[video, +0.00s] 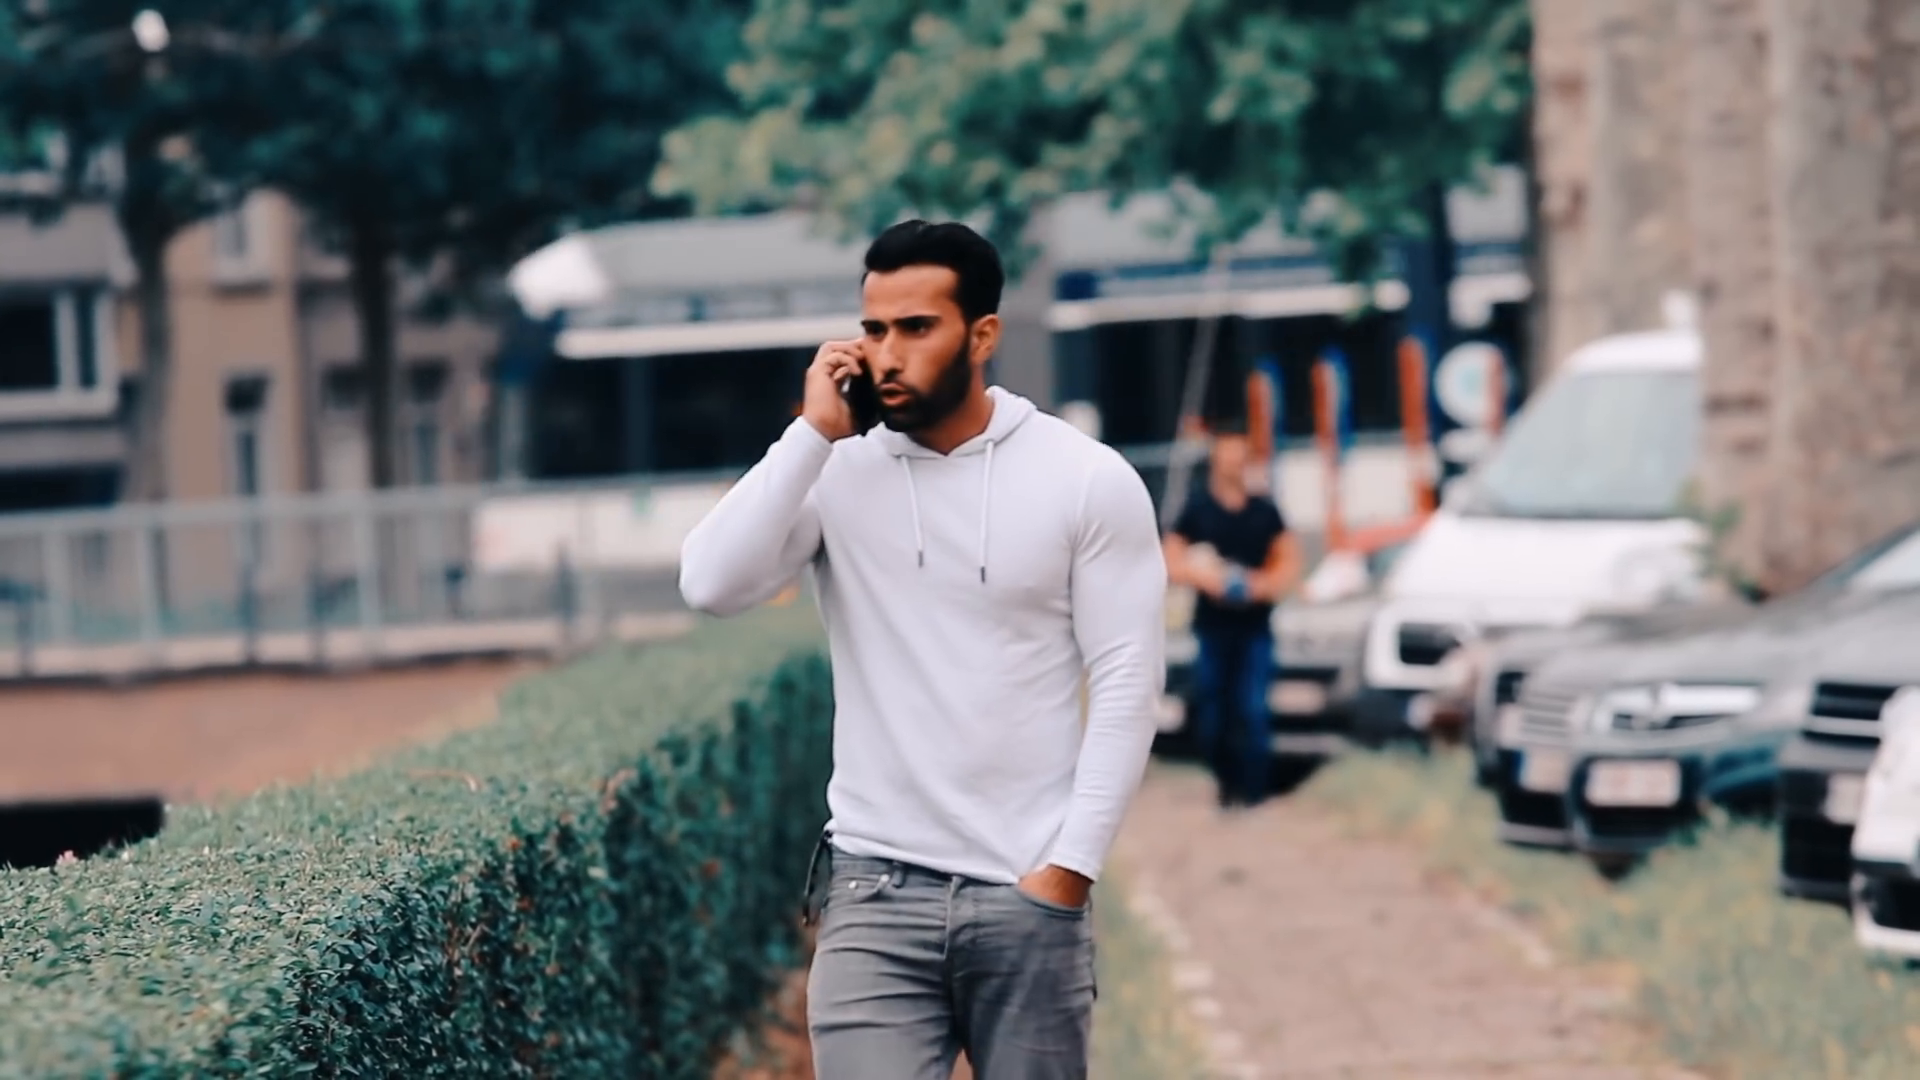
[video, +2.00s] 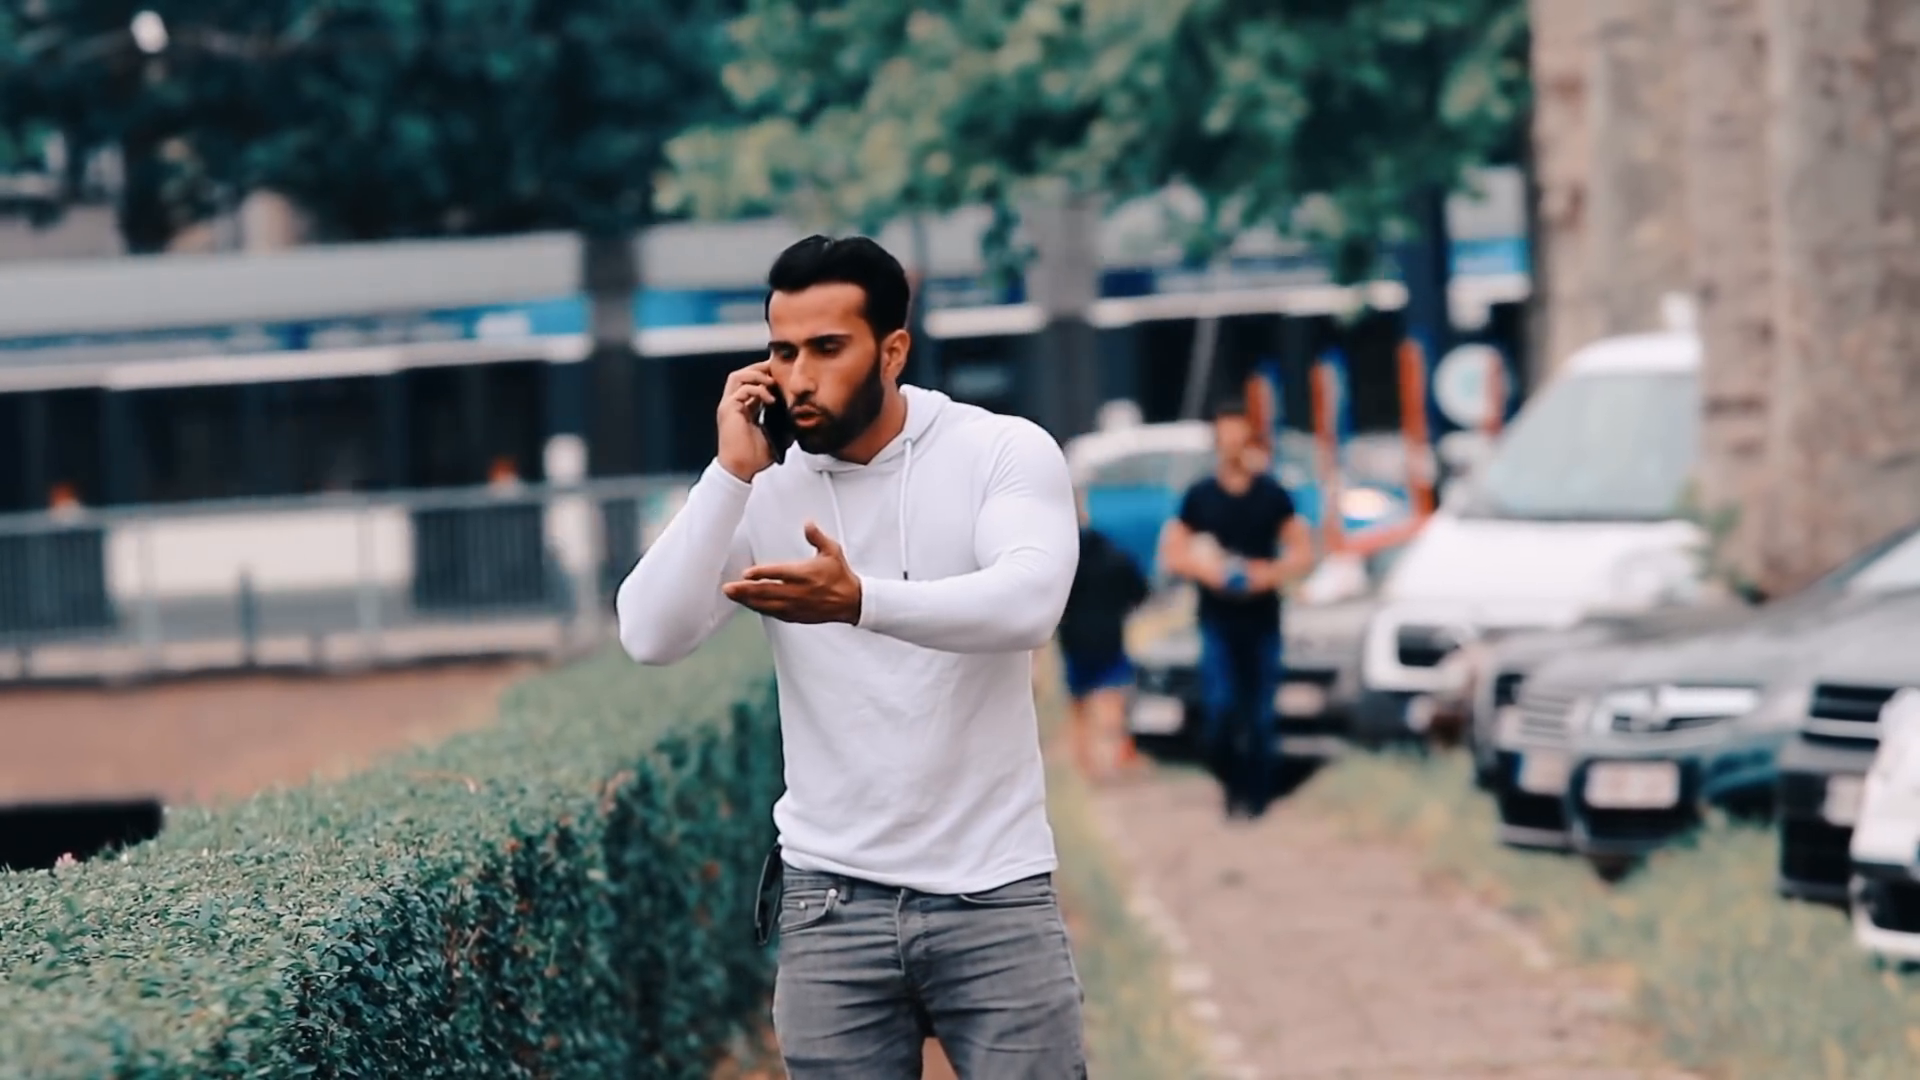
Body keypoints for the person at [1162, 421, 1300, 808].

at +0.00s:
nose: (1233, 461)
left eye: (1239, 453)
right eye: (1226, 453)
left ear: (1247, 458)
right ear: (1214, 457)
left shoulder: (1263, 510)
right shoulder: (1199, 508)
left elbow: (1287, 563)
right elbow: (1172, 559)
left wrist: (1262, 585)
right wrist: (1209, 579)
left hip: (1254, 626)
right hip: (1213, 626)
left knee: (1252, 707)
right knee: (1212, 707)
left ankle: (1253, 786)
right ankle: (1226, 783)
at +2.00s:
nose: (1231, 445)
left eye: (1238, 437)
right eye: (1225, 437)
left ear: (1250, 440)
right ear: (1215, 442)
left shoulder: (1271, 495)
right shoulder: (1201, 496)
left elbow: (1302, 553)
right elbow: (1173, 554)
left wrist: (1266, 574)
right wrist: (1211, 572)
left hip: (1261, 616)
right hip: (1218, 616)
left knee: (1259, 708)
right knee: (1222, 703)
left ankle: (1257, 791)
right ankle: (1232, 784)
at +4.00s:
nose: (1214, 426)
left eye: (1222, 418)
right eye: (1206, 418)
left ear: (1234, 420)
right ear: (1193, 419)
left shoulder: (1257, 475)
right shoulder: (1178, 478)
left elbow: (1283, 536)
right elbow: (1151, 540)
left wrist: (1246, 559)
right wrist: (1187, 556)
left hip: (1244, 602)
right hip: (1197, 602)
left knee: (1239, 700)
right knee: (1204, 696)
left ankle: (1238, 793)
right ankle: (1213, 795)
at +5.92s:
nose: (1232, 428)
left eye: (1240, 419)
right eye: (1223, 420)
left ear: (1254, 424)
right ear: (1211, 425)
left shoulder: (1279, 486)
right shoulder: (1196, 487)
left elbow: (1309, 544)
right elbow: (1165, 553)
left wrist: (1276, 572)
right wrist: (1202, 565)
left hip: (1264, 620)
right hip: (1215, 619)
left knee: (1260, 724)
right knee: (1223, 718)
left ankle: (1254, 827)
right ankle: (1230, 826)